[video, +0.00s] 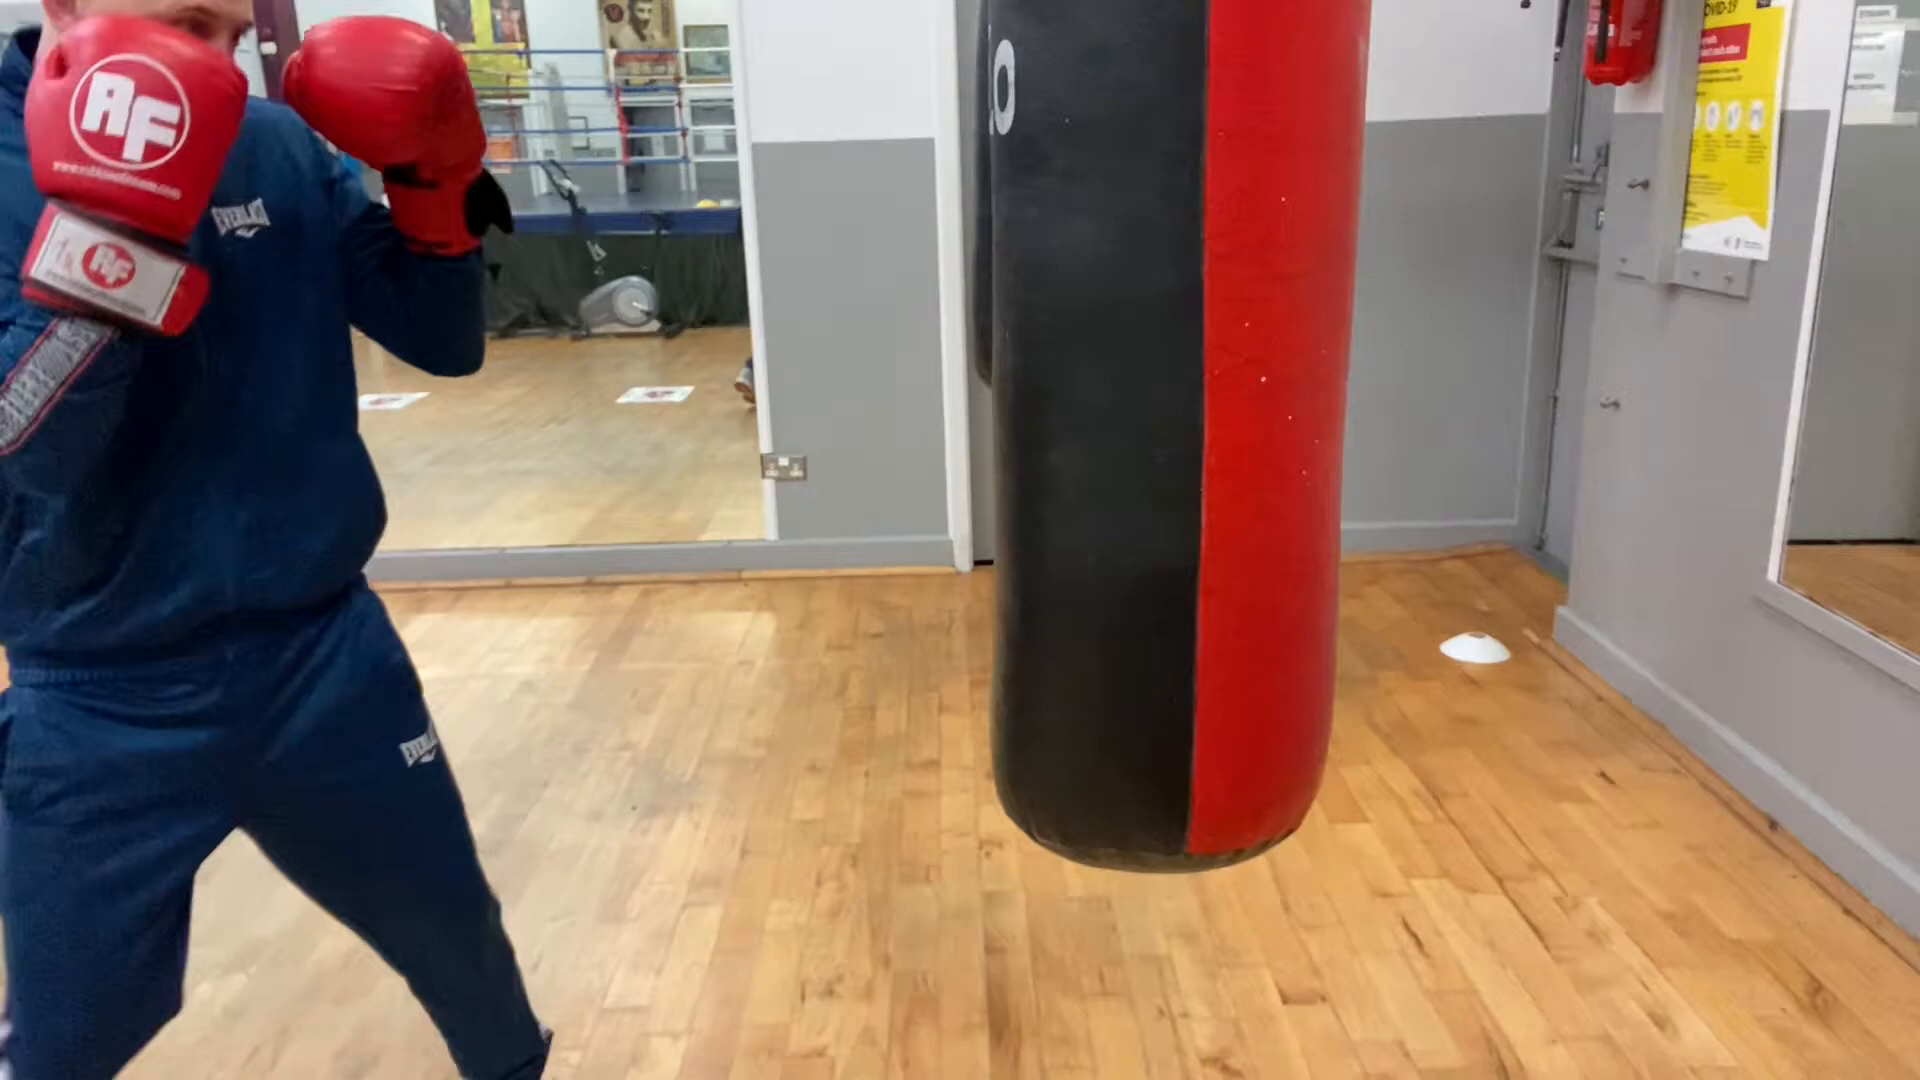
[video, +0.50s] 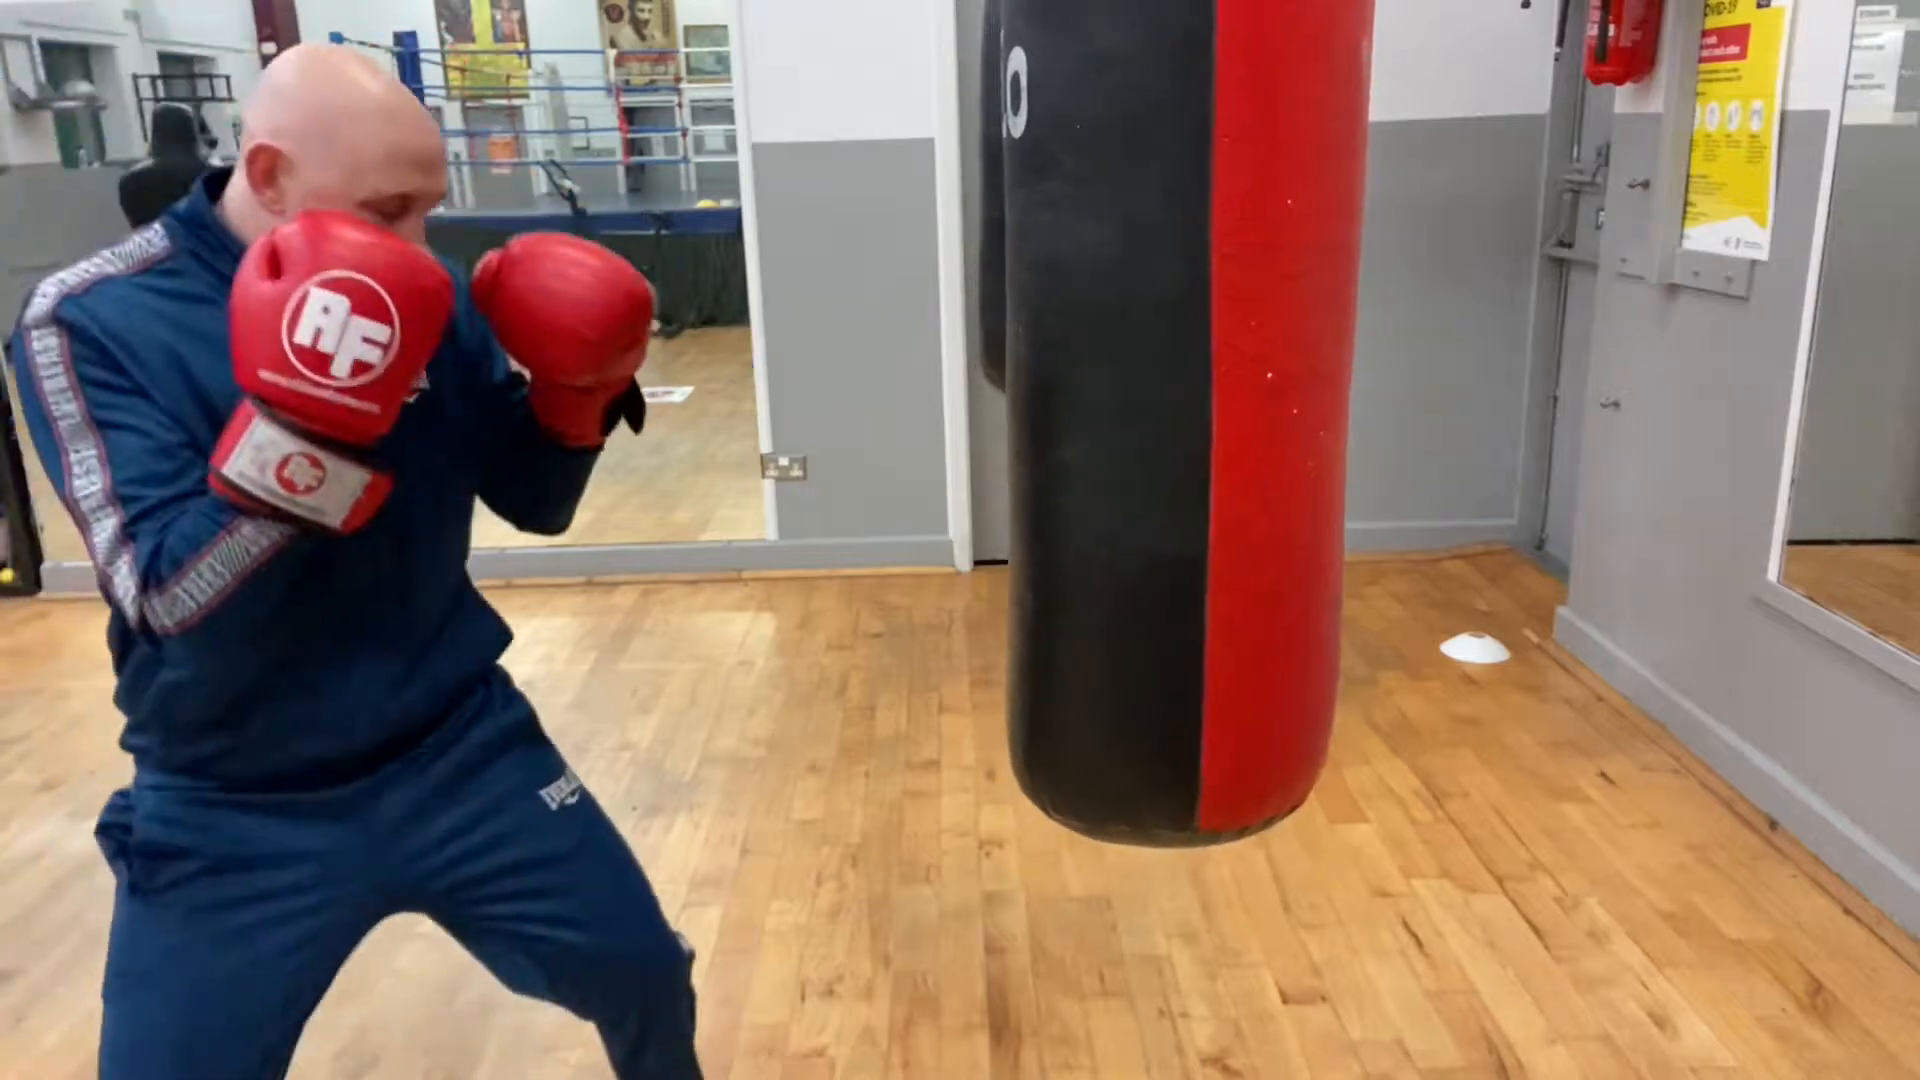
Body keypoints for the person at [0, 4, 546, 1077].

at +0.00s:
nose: (215, 65)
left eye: (229, 31)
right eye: (177, 26)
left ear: (250, 25)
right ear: (64, 13)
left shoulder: (279, 145)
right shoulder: (10, 176)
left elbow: (444, 340)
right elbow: (22, 475)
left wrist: (435, 188)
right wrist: (104, 242)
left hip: (321, 663)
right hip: (89, 705)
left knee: (458, 942)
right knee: (62, 1047)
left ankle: (512, 1064)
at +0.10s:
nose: (248, 19)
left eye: (248, 8)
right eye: (216, 6)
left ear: (255, 16)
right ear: (103, 4)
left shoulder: (270, 125)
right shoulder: (12, 161)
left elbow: (426, 351)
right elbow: (40, 441)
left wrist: (435, 207)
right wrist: (124, 215)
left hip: (331, 637)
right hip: (113, 689)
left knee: (490, 900)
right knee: (131, 1030)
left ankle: (529, 1064)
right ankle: (85, 1070)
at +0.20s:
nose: (248, 95)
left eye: (268, 55)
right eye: (209, 54)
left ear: (294, 42)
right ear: (96, 39)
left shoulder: (270, 174)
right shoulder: (20, 218)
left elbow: (393, 404)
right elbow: (64, 496)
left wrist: (430, 274)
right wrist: (172, 258)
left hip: (366, 662)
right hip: (171, 741)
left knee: (570, 886)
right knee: (191, 1060)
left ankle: (588, 1057)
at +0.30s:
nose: (321, 133)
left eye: (332, 100)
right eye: (291, 100)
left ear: (344, 79)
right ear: (164, 76)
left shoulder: (329, 201)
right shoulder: (34, 244)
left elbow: (440, 414)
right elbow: (112, 515)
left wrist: (489, 310)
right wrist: (223, 311)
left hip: (400, 688)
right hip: (186, 753)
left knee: (597, 955)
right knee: (187, 1065)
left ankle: (672, 1074)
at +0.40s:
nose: (397, 220)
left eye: (411, 188)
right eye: (368, 187)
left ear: (426, 167)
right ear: (253, 151)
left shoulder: (417, 275)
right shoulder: (74, 297)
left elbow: (545, 456)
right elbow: (138, 571)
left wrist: (586, 353)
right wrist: (290, 395)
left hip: (444, 740)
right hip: (210, 785)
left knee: (614, 961)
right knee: (155, 1067)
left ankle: (652, 1074)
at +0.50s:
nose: (413, 243)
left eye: (425, 212)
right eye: (385, 213)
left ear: (435, 187)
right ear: (268, 178)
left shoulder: (416, 295)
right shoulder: (85, 323)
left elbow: (535, 501)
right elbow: (161, 601)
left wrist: (578, 401)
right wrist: (303, 430)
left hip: (462, 760)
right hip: (231, 820)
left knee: (645, 977)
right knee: (164, 1067)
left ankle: (667, 1072)